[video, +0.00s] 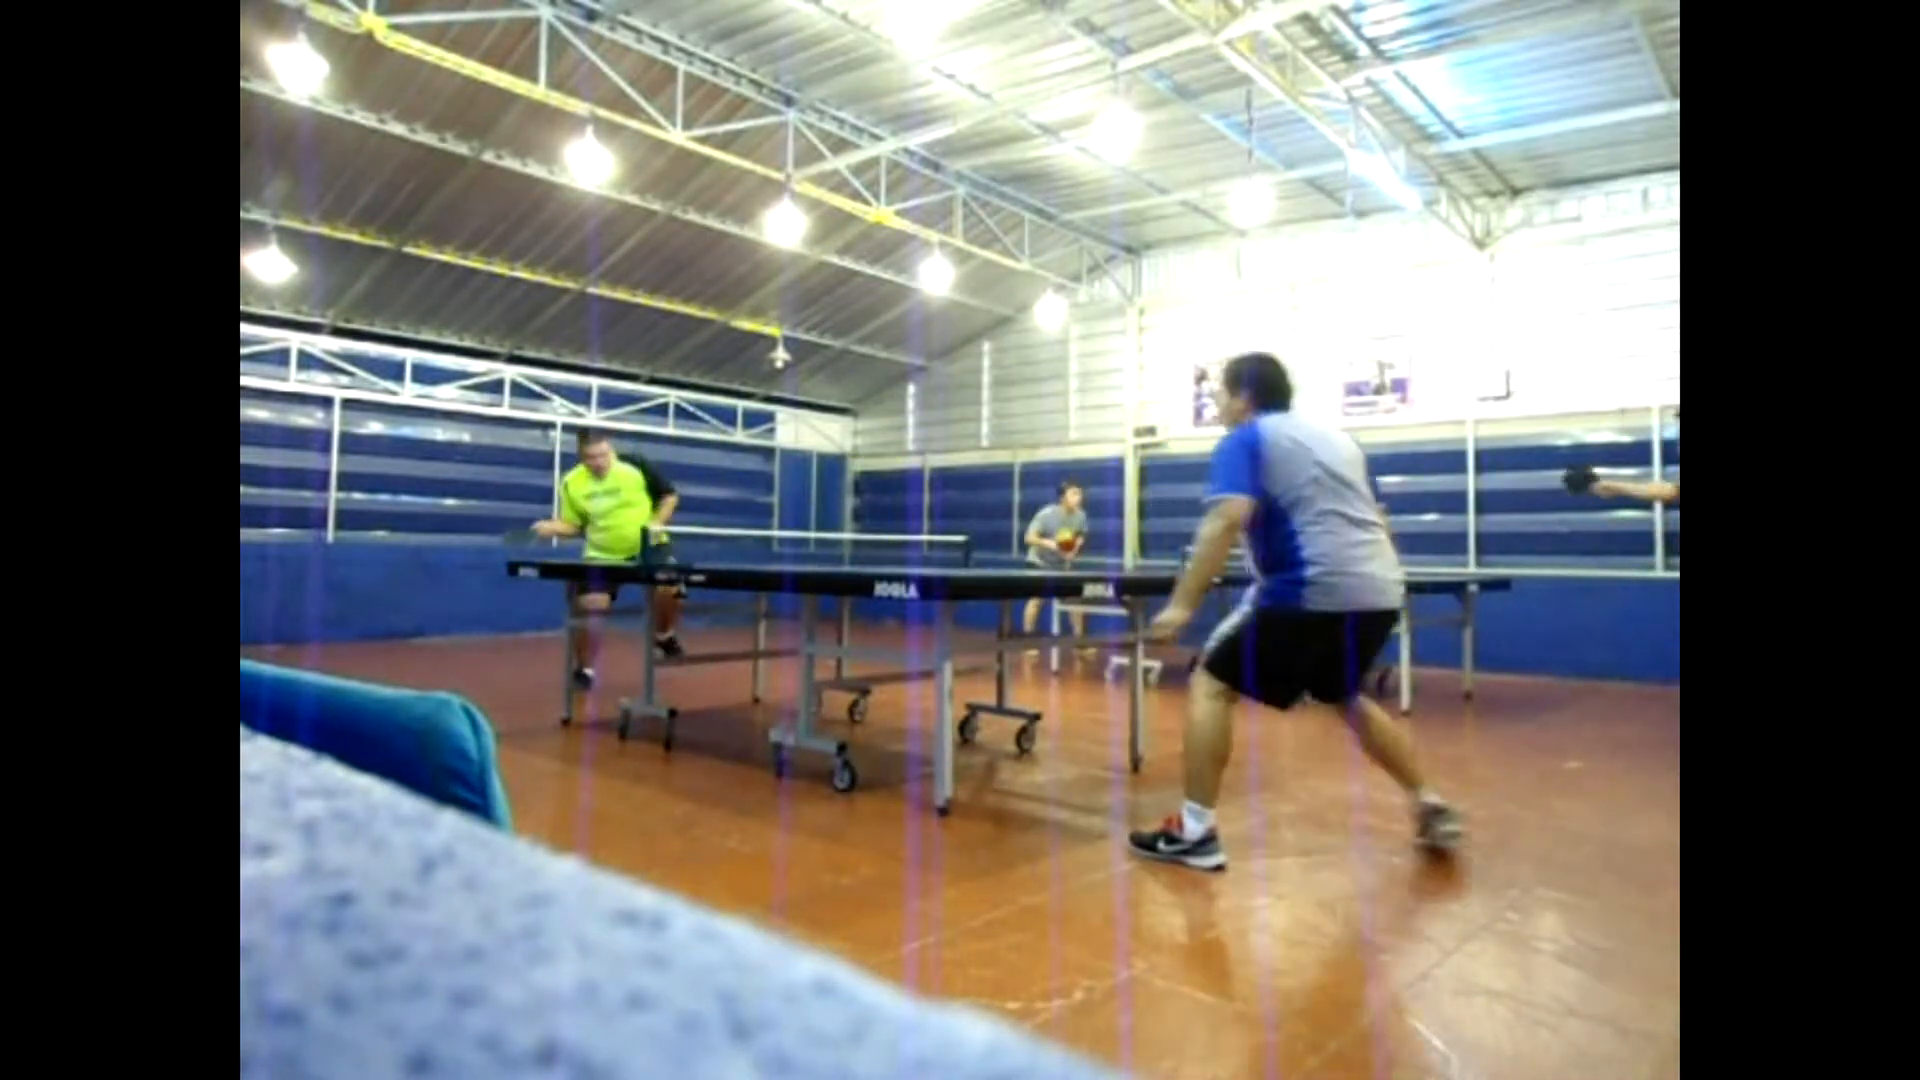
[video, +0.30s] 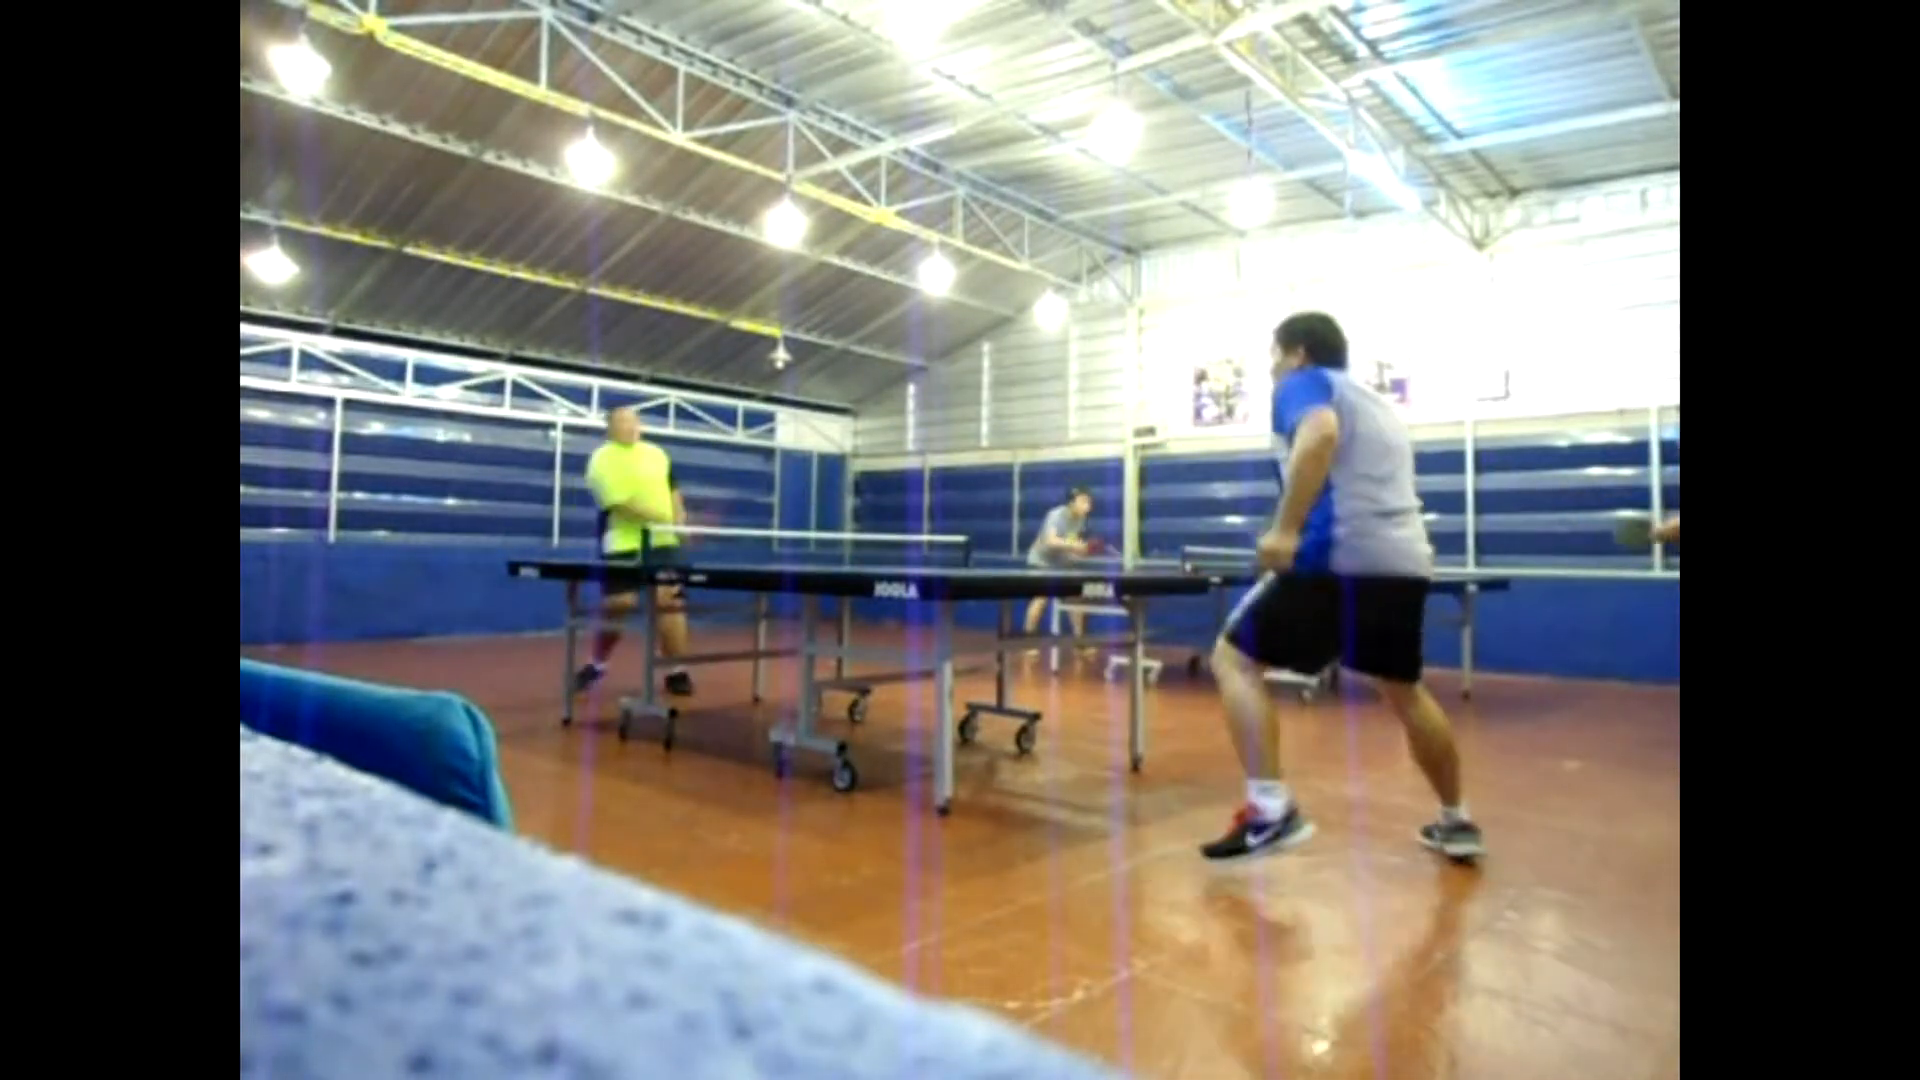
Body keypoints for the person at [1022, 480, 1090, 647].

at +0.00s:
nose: (1077, 498)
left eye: (1078, 494)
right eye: (1073, 494)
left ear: (1081, 497)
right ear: (1063, 496)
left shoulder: (1080, 516)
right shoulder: (1047, 513)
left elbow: (1081, 535)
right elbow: (1029, 537)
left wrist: (1073, 550)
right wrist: (1049, 544)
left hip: (1064, 561)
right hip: (1040, 562)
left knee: (1075, 600)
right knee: (1036, 598)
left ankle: (1079, 638)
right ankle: (1028, 636)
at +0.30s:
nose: (1086, 507)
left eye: (1088, 502)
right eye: (1082, 502)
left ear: (1090, 504)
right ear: (1072, 502)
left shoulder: (1080, 520)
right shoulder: (1056, 515)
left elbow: (1072, 541)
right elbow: (1050, 541)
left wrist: (1084, 549)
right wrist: (1077, 546)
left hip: (1064, 561)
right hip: (1042, 561)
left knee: (1075, 598)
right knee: (1041, 596)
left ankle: (1079, 637)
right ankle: (1029, 636)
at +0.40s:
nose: (1086, 499)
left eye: (1087, 494)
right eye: (1082, 494)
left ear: (1088, 498)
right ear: (1073, 495)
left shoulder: (1079, 513)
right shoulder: (1058, 509)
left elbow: (1076, 531)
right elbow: (1060, 532)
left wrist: (1095, 530)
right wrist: (1084, 531)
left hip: (1067, 561)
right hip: (1045, 560)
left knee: (1076, 599)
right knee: (1041, 597)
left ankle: (1079, 639)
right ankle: (1029, 636)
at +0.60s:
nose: (1082, 488)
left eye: (1084, 484)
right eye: (1078, 484)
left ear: (1086, 489)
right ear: (1070, 486)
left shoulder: (1080, 507)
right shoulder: (1057, 502)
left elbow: (1076, 530)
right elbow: (1057, 519)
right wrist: (1081, 514)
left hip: (1071, 559)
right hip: (1049, 558)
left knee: (1076, 600)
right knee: (1039, 597)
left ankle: (1080, 637)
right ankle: (1026, 633)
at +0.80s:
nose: (1073, 489)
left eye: (1075, 485)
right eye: (1069, 484)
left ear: (1079, 488)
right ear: (1061, 487)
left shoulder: (1075, 507)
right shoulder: (1048, 505)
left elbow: (1074, 530)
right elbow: (1038, 528)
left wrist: (1075, 546)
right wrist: (1058, 527)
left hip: (1067, 561)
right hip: (1043, 560)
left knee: (1076, 601)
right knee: (1036, 599)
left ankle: (1079, 638)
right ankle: (1024, 635)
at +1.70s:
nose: (1066, 485)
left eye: (1069, 480)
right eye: (1063, 480)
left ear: (1072, 484)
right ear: (1054, 483)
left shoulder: (1073, 504)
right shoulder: (1041, 503)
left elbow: (1078, 527)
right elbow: (1032, 530)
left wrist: (1081, 544)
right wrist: (1051, 537)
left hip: (1068, 560)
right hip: (1046, 559)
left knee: (1068, 601)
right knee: (1036, 598)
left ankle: (1069, 638)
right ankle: (1027, 634)